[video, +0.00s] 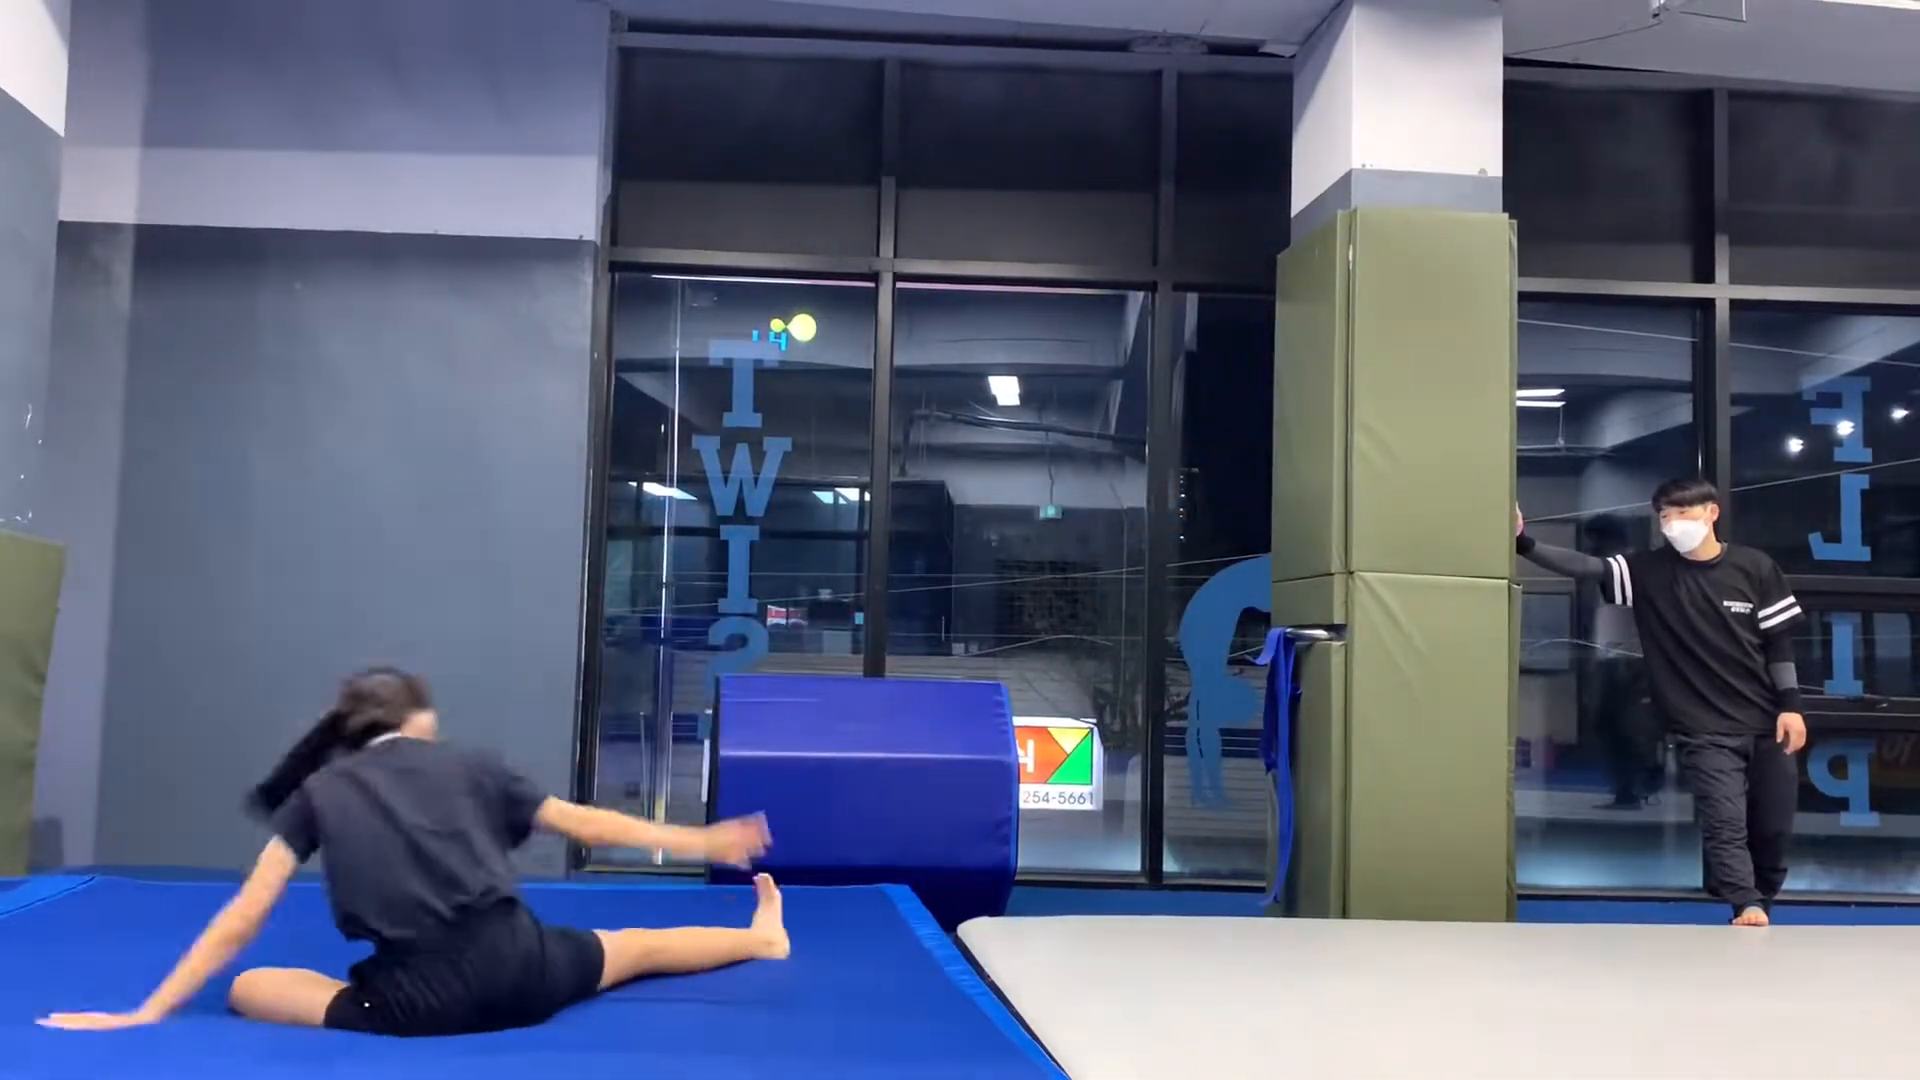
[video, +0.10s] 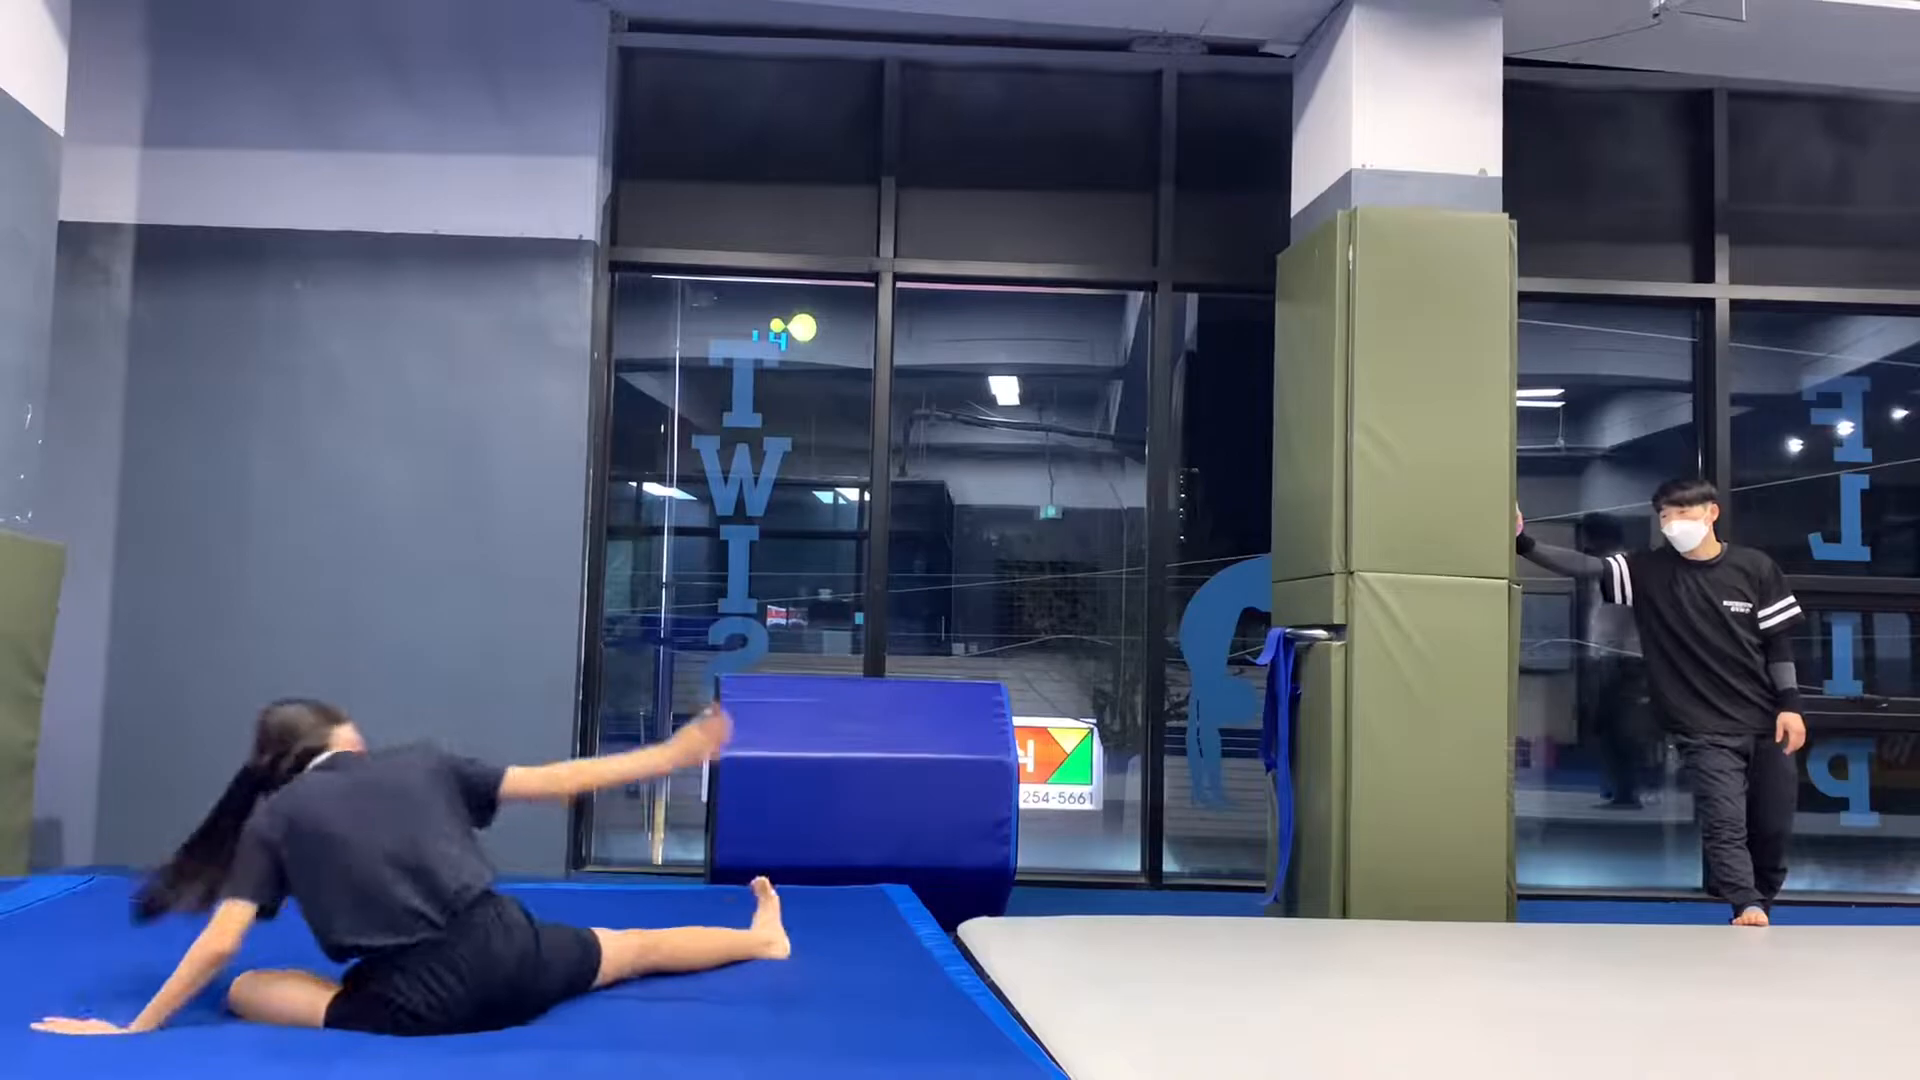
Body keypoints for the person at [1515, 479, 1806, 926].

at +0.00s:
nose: (1671, 523)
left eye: (1682, 513)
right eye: (1665, 515)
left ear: (1711, 513)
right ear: (1659, 521)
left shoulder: (1755, 568)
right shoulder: (1649, 569)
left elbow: (1780, 643)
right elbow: (1588, 567)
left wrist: (1790, 706)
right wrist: (1525, 543)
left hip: (1765, 722)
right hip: (1703, 725)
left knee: (1775, 826)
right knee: (1725, 817)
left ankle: (1760, 897)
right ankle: (1746, 906)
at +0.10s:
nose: (1671, 523)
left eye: (1683, 512)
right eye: (1665, 515)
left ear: (1711, 513)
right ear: (1659, 520)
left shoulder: (1755, 568)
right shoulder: (1649, 568)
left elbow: (1778, 643)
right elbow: (1588, 566)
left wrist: (1789, 705)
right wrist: (1525, 543)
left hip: (1765, 721)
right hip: (1704, 724)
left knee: (1775, 826)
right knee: (1724, 816)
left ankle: (1760, 898)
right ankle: (1746, 906)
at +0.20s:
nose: (1683, 509)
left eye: (1693, 503)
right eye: (1673, 502)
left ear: (1709, 514)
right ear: (1657, 511)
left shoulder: (1739, 566)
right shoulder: (1635, 561)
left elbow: (1786, 613)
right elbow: (1579, 552)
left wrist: (1770, 669)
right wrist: (1524, 526)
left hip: (1732, 716)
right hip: (1667, 719)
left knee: (1747, 823)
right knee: (1682, 829)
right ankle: (1712, 925)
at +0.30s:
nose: (1675, 507)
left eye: (1689, 501)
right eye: (1667, 500)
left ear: (1708, 512)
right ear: (1655, 510)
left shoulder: (1738, 565)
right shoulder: (1635, 561)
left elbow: (1788, 614)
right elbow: (1579, 552)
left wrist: (1770, 669)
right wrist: (1524, 527)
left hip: (1732, 716)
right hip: (1666, 719)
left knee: (1747, 823)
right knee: (1682, 829)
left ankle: (1684, 900)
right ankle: (1712, 925)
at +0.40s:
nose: (1669, 510)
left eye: (1682, 504)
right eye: (1664, 501)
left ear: (1706, 512)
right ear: (1654, 508)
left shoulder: (1738, 565)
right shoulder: (1634, 562)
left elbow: (1788, 615)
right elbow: (1577, 550)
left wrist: (1770, 669)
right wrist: (1524, 526)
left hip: (1731, 717)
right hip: (1667, 721)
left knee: (1747, 823)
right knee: (1682, 830)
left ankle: (1683, 901)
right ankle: (1713, 927)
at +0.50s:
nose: (1667, 509)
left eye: (1680, 503)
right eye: (1663, 501)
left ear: (1705, 512)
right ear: (1654, 507)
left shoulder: (1738, 565)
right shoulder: (1634, 560)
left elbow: (1788, 615)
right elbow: (1577, 550)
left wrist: (1770, 669)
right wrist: (1524, 526)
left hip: (1731, 717)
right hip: (1667, 720)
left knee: (1747, 823)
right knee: (1682, 830)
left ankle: (1683, 900)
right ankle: (1713, 927)